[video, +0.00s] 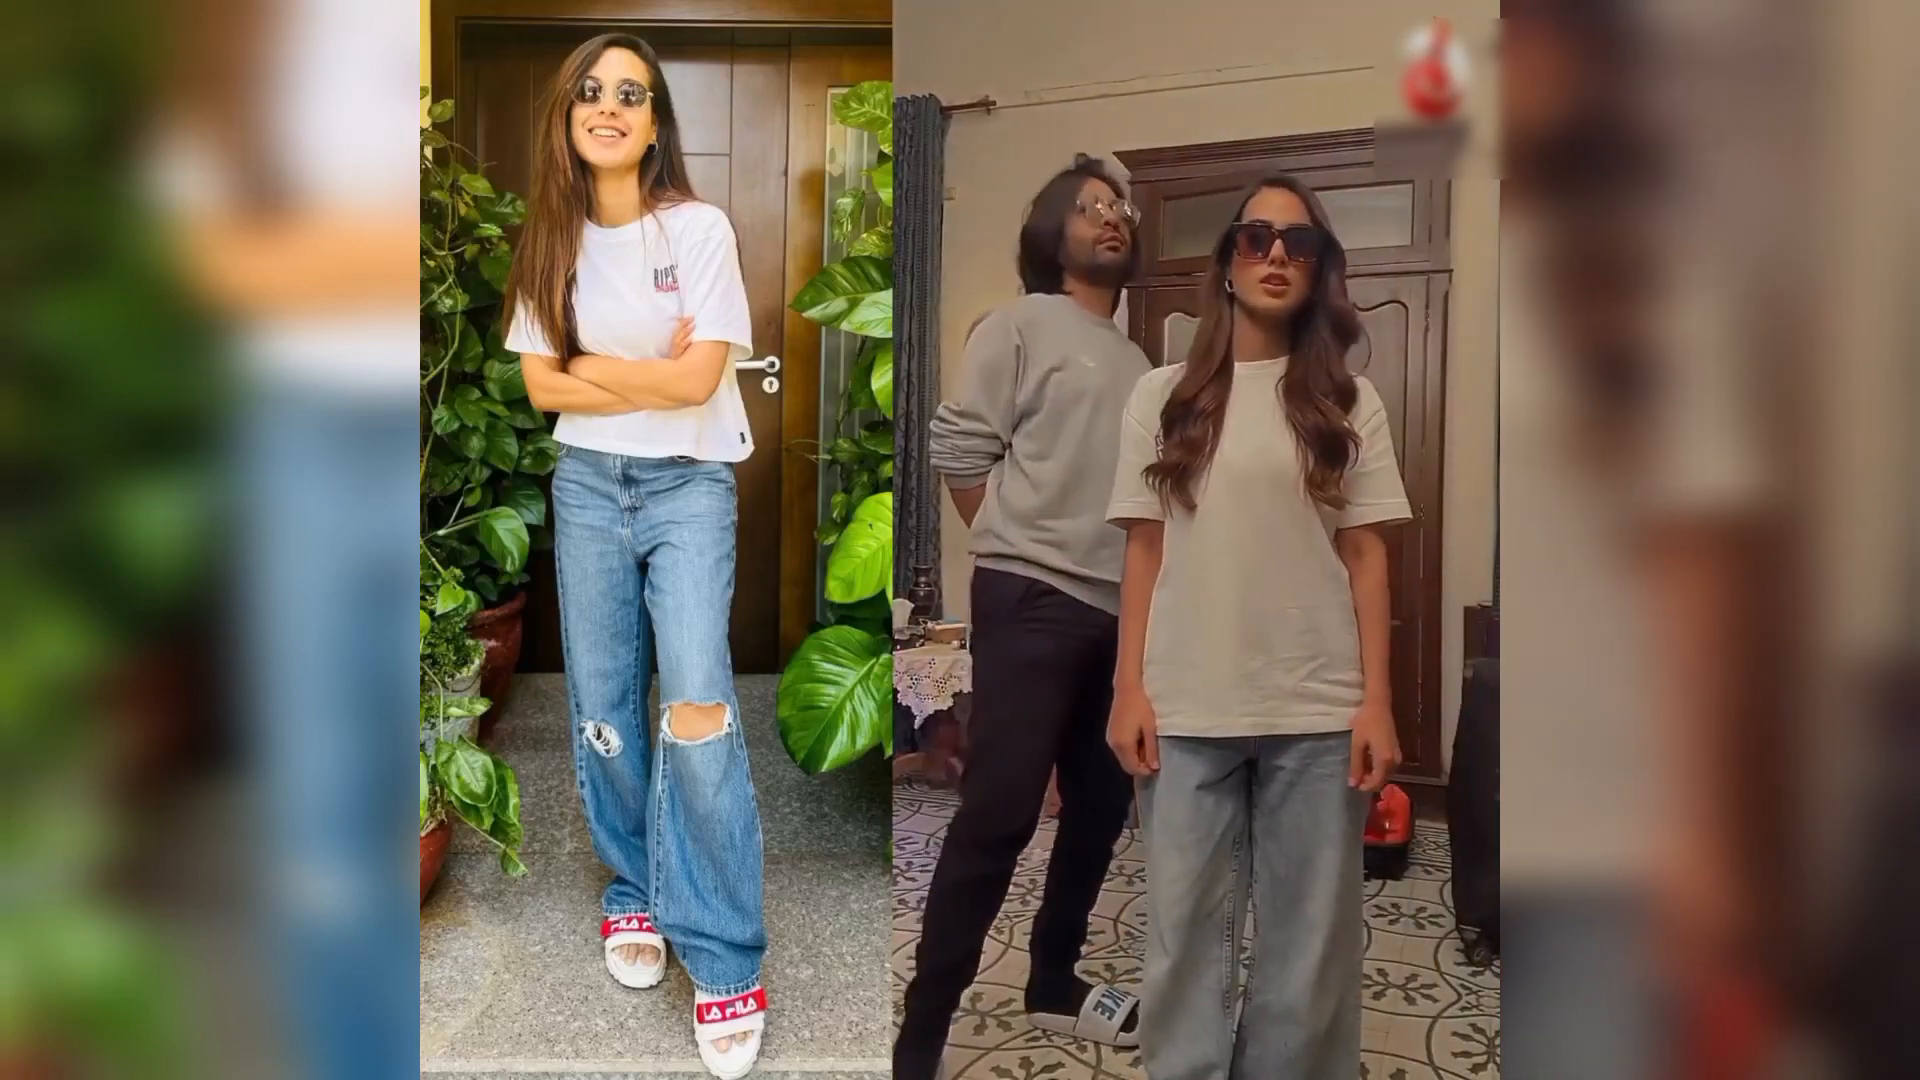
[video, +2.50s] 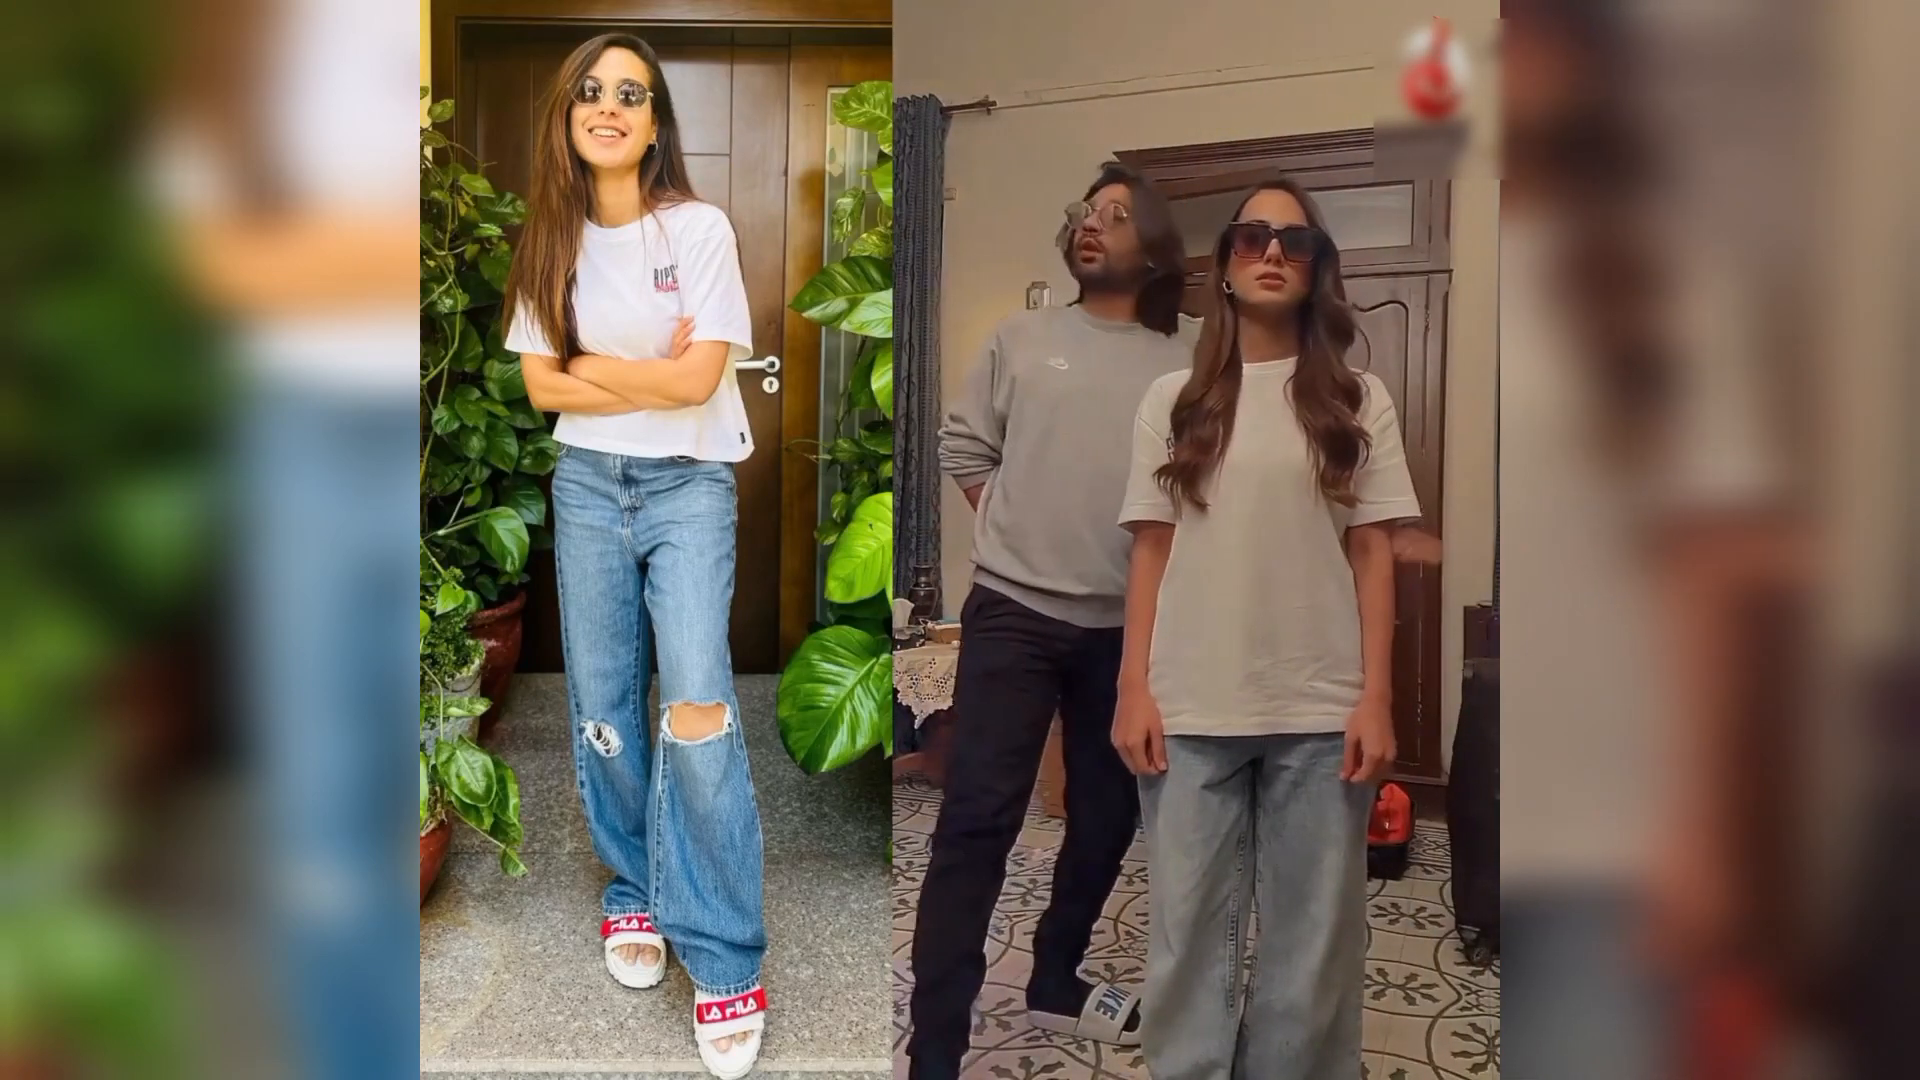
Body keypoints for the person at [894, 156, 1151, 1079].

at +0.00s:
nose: (1114, 218)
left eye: (1122, 207)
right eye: (1091, 206)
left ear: (1134, 239)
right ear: (1050, 233)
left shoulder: (1139, 361)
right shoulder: (1015, 326)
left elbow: (1148, 491)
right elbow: (962, 462)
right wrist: (1010, 556)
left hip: (1119, 604)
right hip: (1026, 595)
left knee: (1100, 805)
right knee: (1000, 810)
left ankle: (1054, 985)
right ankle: (925, 1030)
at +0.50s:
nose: (1100, 186)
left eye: (1096, 170)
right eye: (1073, 168)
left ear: (1088, 192)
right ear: (1009, 192)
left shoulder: (1106, 329)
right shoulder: (955, 333)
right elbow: (908, 516)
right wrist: (951, 591)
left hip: (1107, 620)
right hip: (1002, 622)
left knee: (1092, 816)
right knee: (1011, 866)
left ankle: (1055, 986)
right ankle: (914, 1064)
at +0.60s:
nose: (1085, 209)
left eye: (1081, 189)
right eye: (1062, 191)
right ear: (997, 210)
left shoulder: (1074, 319)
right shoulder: (951, 343)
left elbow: (1139, 312)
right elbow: (918, 526)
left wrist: (1190, 236)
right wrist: (919, 613)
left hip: (1105, 623)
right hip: (1017, 631)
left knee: (1105, 820)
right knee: (1033, 867)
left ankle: (1055, 989)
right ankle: (914, 1065)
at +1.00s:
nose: (1077, 184)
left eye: (1074, 171)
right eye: (1048, 175)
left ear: (1078, 199)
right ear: (998, 209)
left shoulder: (1103, 329)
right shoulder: (992, 323)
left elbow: (1171, 317)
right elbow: (925, 481)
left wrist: (1236, 261)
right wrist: (954, 561)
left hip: (1112, 612)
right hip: (1024, 610)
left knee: (1099, 807)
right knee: (1006, 850)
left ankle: (1055, 987)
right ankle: (910, 1061)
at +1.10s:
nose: (1086, 186)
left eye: (1089, 176)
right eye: (1058, 176)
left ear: (1104, 210)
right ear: (1013, 213)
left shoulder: (1139, 346)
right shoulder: (1010, 316)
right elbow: (941, 462)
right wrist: (976, 559)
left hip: (1115, 610)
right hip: (1024, 603)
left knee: (1089, 812)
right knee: (990, 834)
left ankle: (1056, 987)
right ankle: (912, 1053)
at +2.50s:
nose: (1090, 224)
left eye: (1115, 214)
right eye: (1086, 212)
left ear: (1157, 245)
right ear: (1075, 238)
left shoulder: (1189, 354)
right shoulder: (1022, 336)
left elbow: (1207, 486)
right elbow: (964, 447)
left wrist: (1160, 564)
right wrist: (1016, 530)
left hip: (1127, 623)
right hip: (1012, 612)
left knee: (1105, 817)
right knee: (975, 821)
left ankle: (1057, 979)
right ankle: (934, 1055)